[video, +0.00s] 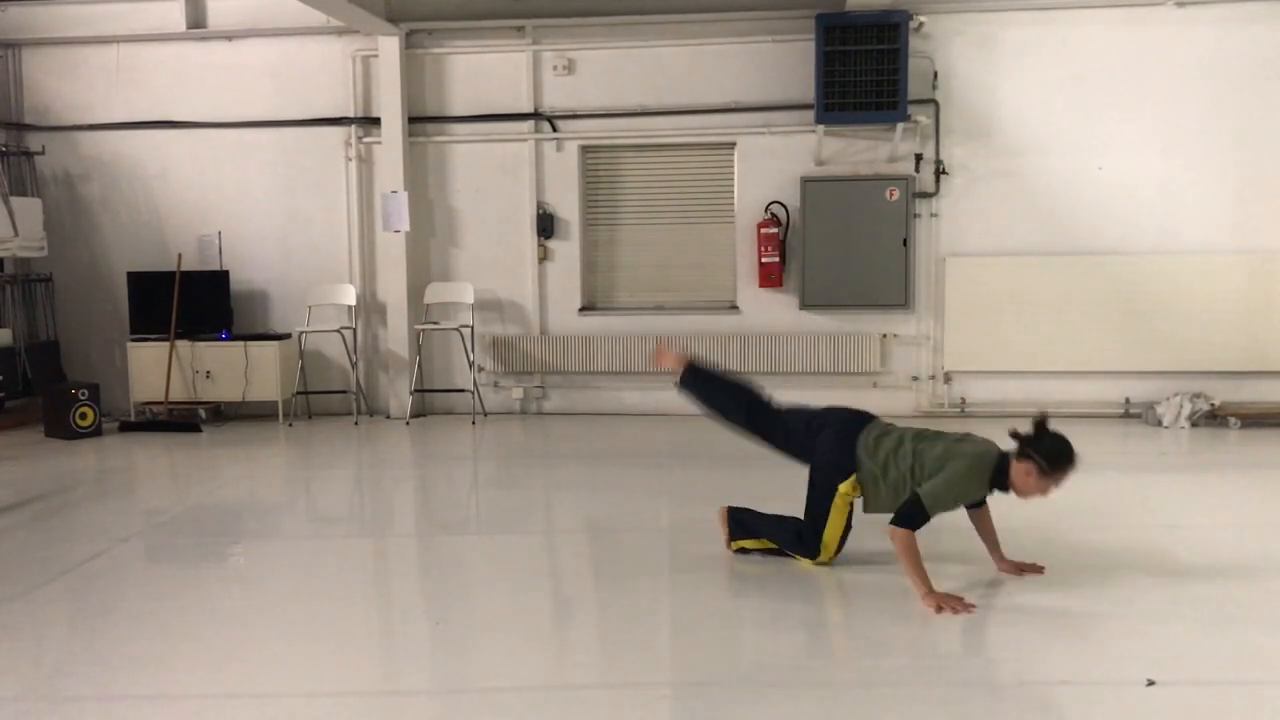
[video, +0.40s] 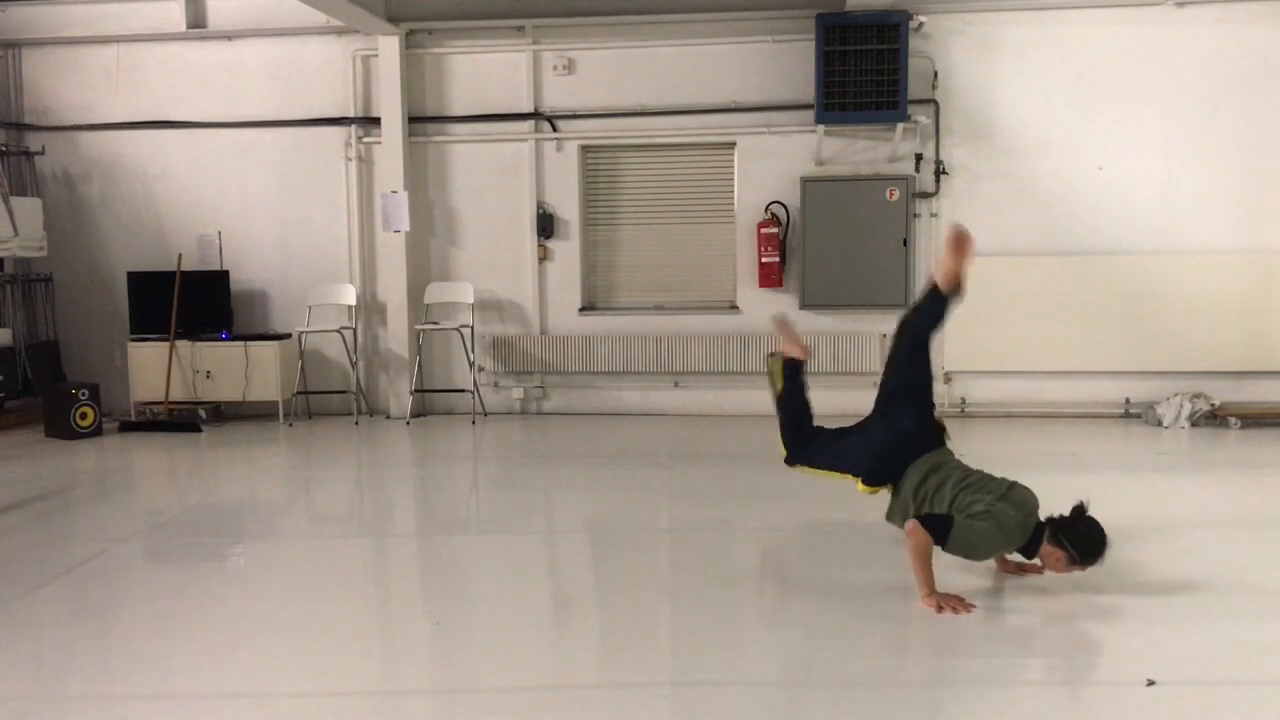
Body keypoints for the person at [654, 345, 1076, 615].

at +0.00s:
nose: (1046, 494)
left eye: (1052, 487)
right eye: (1047, 484)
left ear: (1028, 461)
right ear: (1028, 468)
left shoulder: (988, 457)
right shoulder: (966, 472)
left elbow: (976, 506)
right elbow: (901, 526)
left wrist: (1000, 560)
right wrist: (930, 594)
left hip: (850, 428)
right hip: (843, 462)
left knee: (764, 418)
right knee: (821, 547)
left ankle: (685, 369)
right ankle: (739, 525)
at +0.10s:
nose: (1055, 529)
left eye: (1061, 524)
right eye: (1058, 521)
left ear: (1041, 494)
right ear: (1043, 503)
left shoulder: (1003, 473)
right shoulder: (985, 494)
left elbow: (979, 510)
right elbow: (904, 530)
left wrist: (999, 560)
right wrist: (928, 594)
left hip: (875, 413)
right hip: (862, 445)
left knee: (796, 363)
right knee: (815, 516)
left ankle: (728, 287)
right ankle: (731, 524)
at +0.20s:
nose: (1055, 550)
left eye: (1062, 546)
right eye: (1061, 544)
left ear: (1049, 512)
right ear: (1047, 525)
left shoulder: (1015, 490)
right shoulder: (991, 510)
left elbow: (980, 511)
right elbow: (908, 529)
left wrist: (1001, 562)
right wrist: (928, 595)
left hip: (902, 409)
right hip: (879, 437)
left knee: (844, 327)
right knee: (803, 487)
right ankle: (726, 489)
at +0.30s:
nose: (1063, 563)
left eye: (1070, 561)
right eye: (1068, 559)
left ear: (1057, 527)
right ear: (1056, 541)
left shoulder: (1021, 498)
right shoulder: (991, 522)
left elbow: (983, 514)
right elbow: (914, 532)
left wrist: (1003, 564)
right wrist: (929, 595)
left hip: (916, 422)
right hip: (888, 448)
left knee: (884, 325)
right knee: (803, 466)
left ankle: (881, 232)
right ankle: (740, 402)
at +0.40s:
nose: (1066, 571)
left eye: (1073, 568)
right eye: (1071, 565)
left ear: (1062, 536)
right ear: (1060, 550)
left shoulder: (1027, 506)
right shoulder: (998, 531)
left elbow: (974, 503)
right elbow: (918, 531)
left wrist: (1002, 563)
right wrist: (928, 593)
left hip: (920, 434)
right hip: (888, 457)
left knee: (910, 344)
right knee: (797, 447)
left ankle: (944, 286)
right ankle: (790, 361)